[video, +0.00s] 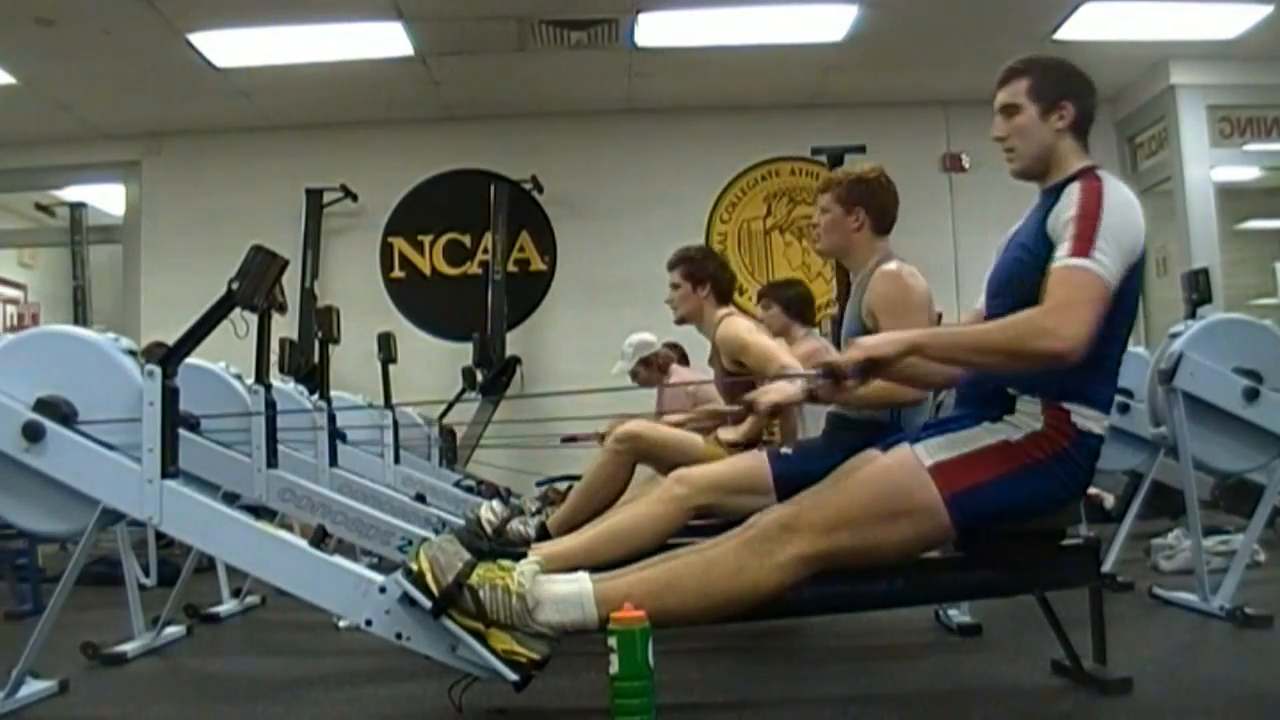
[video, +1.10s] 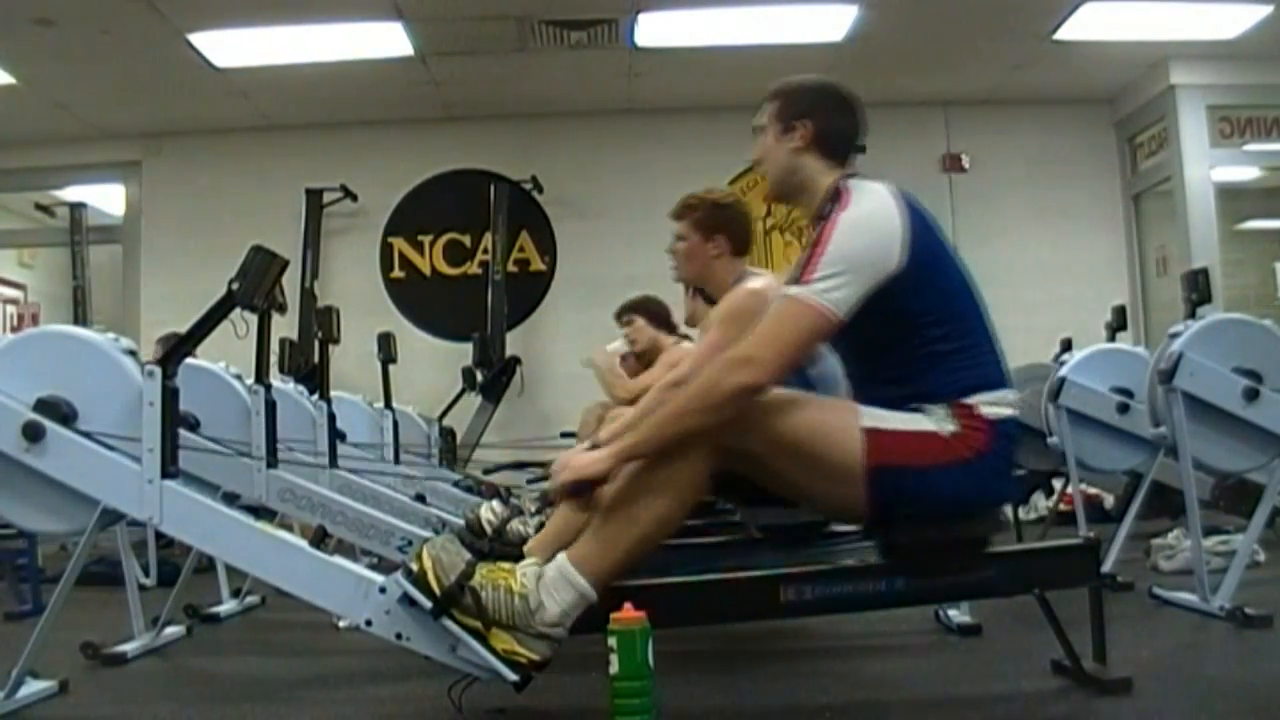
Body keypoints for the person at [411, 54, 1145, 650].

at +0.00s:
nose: (997, 134)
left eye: (1010, 116)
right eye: (996, 119)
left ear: (1063, 116)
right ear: (1039, 123)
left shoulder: (1096, 197)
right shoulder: (1044, 222)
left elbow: (1063, 334)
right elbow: (974, 367)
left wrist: (899, 350)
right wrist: (850, 376)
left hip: (1034, 429)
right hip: (986, 422)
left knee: (796, 532)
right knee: (777, 523)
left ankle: (557, 611)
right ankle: (555, 597)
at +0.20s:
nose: (1001, 139)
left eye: (1012, 121)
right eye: (1000, 125)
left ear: (1066, 119)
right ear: (1048, 127)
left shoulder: (1101, 196)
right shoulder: (1057, 216)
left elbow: (1142, 334)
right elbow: (1007, 360)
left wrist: (993, 331)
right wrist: (903, 381)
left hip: (1045, 432)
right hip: (1003, 422)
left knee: (799, 520)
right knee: (778, 511)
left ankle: (552, 606)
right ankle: (549, 602)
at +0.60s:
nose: (954, 138)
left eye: (968, 118)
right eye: (953, 124)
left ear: (1023, 117)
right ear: (1006, 125)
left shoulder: (1068, 199)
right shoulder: (1020, 212)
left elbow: (1114, 363)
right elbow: (1037, 355)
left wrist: (962, 363)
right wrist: (938, 380)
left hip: (1037, 434)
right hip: (997, 427)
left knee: (791, 519)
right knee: (770, 506)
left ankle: (555, 608)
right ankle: (552, 597)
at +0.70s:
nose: (933, 132)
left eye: (946, 113)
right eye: (931, 119)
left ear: (999, 113)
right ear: (979, 123)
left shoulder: (1044, 196)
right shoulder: (993, 216)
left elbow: (1038, 369)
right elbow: (986, 362)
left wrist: (885, 391)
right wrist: (879, 405)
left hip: (1035, 438)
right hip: (990, 431)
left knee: (788, 508)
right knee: (761, 496)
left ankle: (554, 605)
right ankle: (551, 597)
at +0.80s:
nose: (899, 133)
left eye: (912, 114)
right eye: (899, 119)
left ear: (967, 116)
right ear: (945, 123)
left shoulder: (1013, 194)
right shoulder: (952, 228)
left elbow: (966, 364)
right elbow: (914, 351)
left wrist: (811, 416)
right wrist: (801, 410)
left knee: (775, 486)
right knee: (716, 461)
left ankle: (555, 607)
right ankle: (538, 579)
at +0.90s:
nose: (853, 135)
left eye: (866, 116)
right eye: (854, 119)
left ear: (919, 119)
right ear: (907, 124)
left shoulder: (970, 197)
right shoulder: (916, 220)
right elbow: (860, 353)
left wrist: (732, 429)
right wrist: (736, 417)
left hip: (1015, 439)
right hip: (965, 432)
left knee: (752, 462)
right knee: (739, 460)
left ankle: (556, 603)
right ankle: (549, 595)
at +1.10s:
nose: (751, 157)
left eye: (760, 135)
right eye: (755, 138)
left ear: (802, 137)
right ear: (806, 138)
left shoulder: (868, 213)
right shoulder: (830, 224)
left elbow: (754, 371)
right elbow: (732, 350)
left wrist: (612, 451)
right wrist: (617, 441)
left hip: (961, 441)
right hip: (912, 430)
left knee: (714, 419)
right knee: (696, 409)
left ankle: (546, 608)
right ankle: (536, 592)